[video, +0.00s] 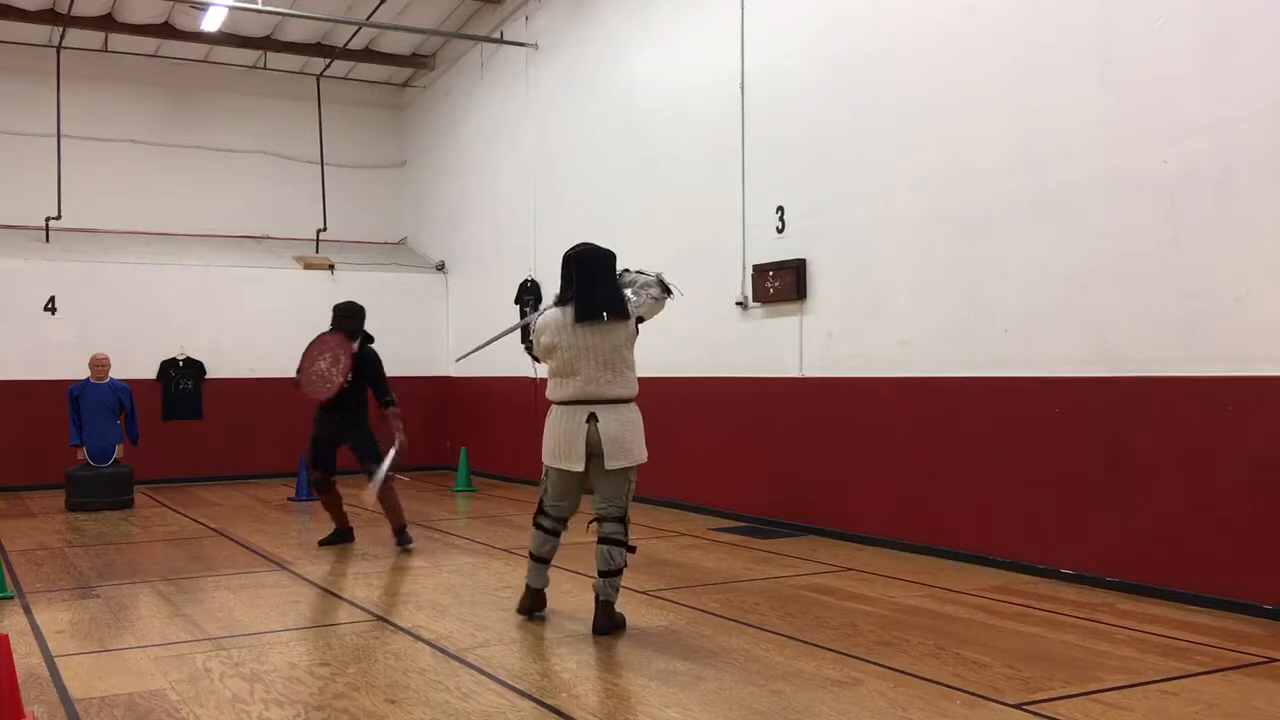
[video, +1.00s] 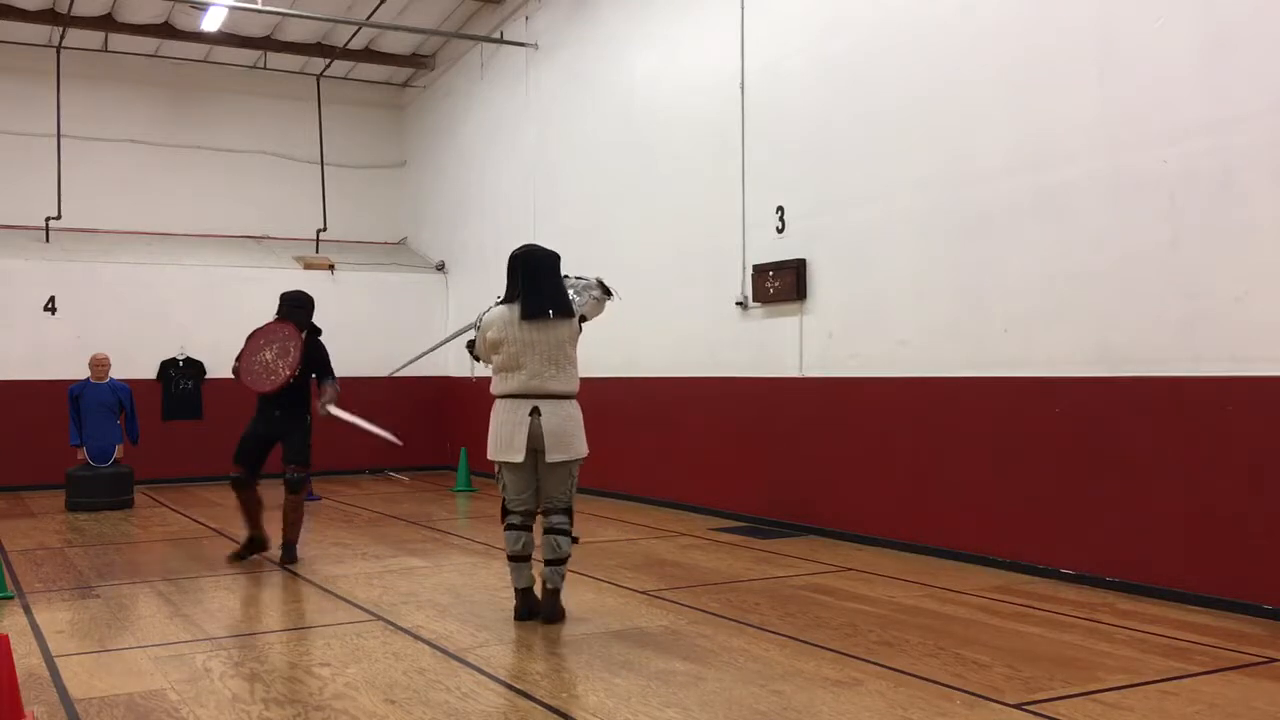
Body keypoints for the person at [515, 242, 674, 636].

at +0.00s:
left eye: (565, 274)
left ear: (567, 279)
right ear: (610, 277)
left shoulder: (551, 321)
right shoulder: (625, 312)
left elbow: (537, 351)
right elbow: (657, 291)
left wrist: (531, 310)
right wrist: (619, 275)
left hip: (566, 427)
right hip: (618, 427)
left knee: (552, 513)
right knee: (612, 517)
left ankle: (533, 593)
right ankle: (605, 610)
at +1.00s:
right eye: (555, 270)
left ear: (512, 277)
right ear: (554, 278)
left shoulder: (494, 319)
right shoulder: (569, 312)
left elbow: (481, 352)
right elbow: (598, 294)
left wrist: (486, 325)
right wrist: (575, 281)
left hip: (510, 423)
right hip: (562, 422)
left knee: (517, 511)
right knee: (558, 509)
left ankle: (523, 598)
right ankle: (552, 599)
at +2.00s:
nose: (481, 285)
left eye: (485, 278)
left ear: (488, 282)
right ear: (529, 281)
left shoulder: (470, 321)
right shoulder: (543, 318)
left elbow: (452, 358)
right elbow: (563, 298)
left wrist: (456, 330)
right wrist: (543, 285)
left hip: (481, 425)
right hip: (532, 424)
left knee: (477, 509)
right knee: (536, 509)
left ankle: (472, 595)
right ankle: (547, 601)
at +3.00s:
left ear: (488, 306)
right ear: (529, 303)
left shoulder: (473, 346)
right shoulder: (545, 336)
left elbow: (464, 389)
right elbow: (560, 317)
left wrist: (456, 357)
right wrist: (536, 300)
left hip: (490, 443)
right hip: (542, 441)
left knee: (479, 517)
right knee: (555, 513)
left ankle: (456, 593)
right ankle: (558, 585)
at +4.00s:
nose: (722, 279)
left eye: (725, 273)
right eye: (720, 272)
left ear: (736, 278)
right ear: (772, 271)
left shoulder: (737, 325)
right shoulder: (792, 313)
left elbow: (692, 361)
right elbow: (753, 293)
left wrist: (660, 327)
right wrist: (708, 281)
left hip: (753, 433)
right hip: (794, 430)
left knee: (738, 524)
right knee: (749, 514)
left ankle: (760, 621)